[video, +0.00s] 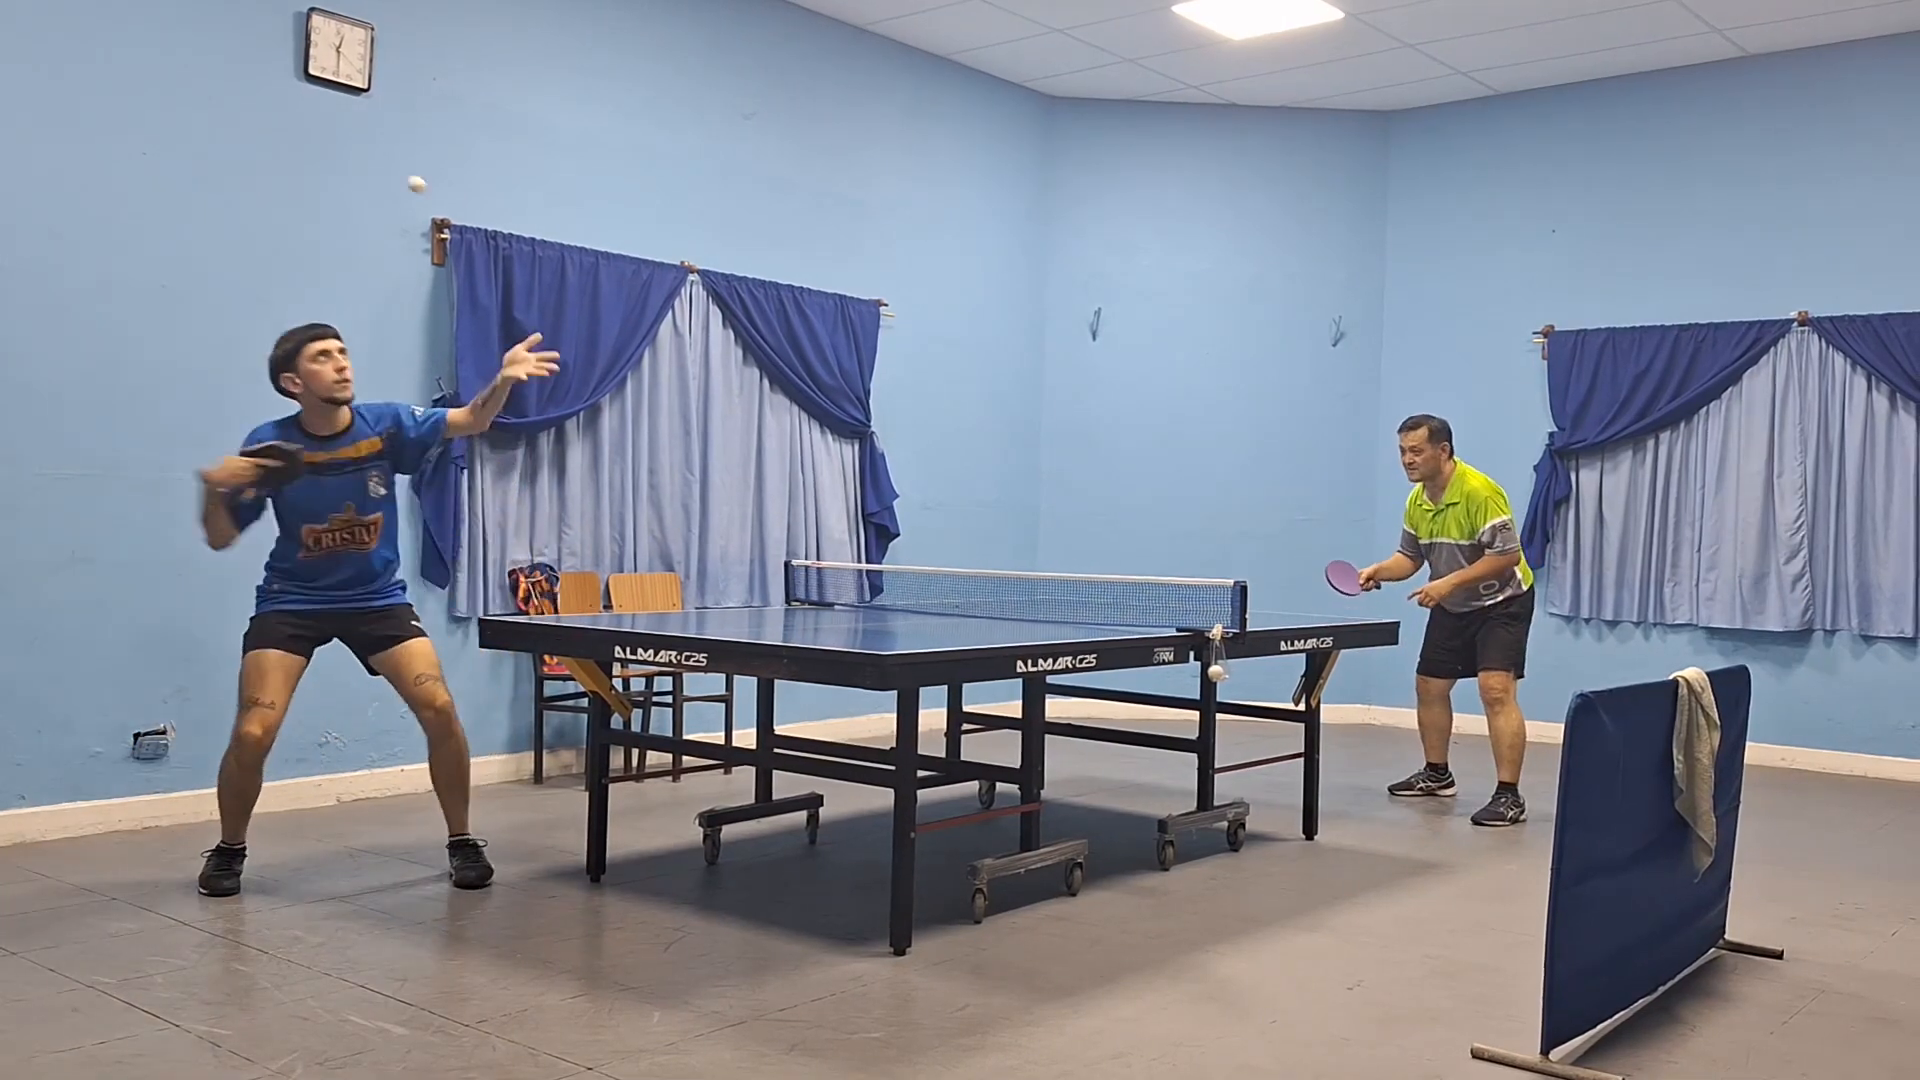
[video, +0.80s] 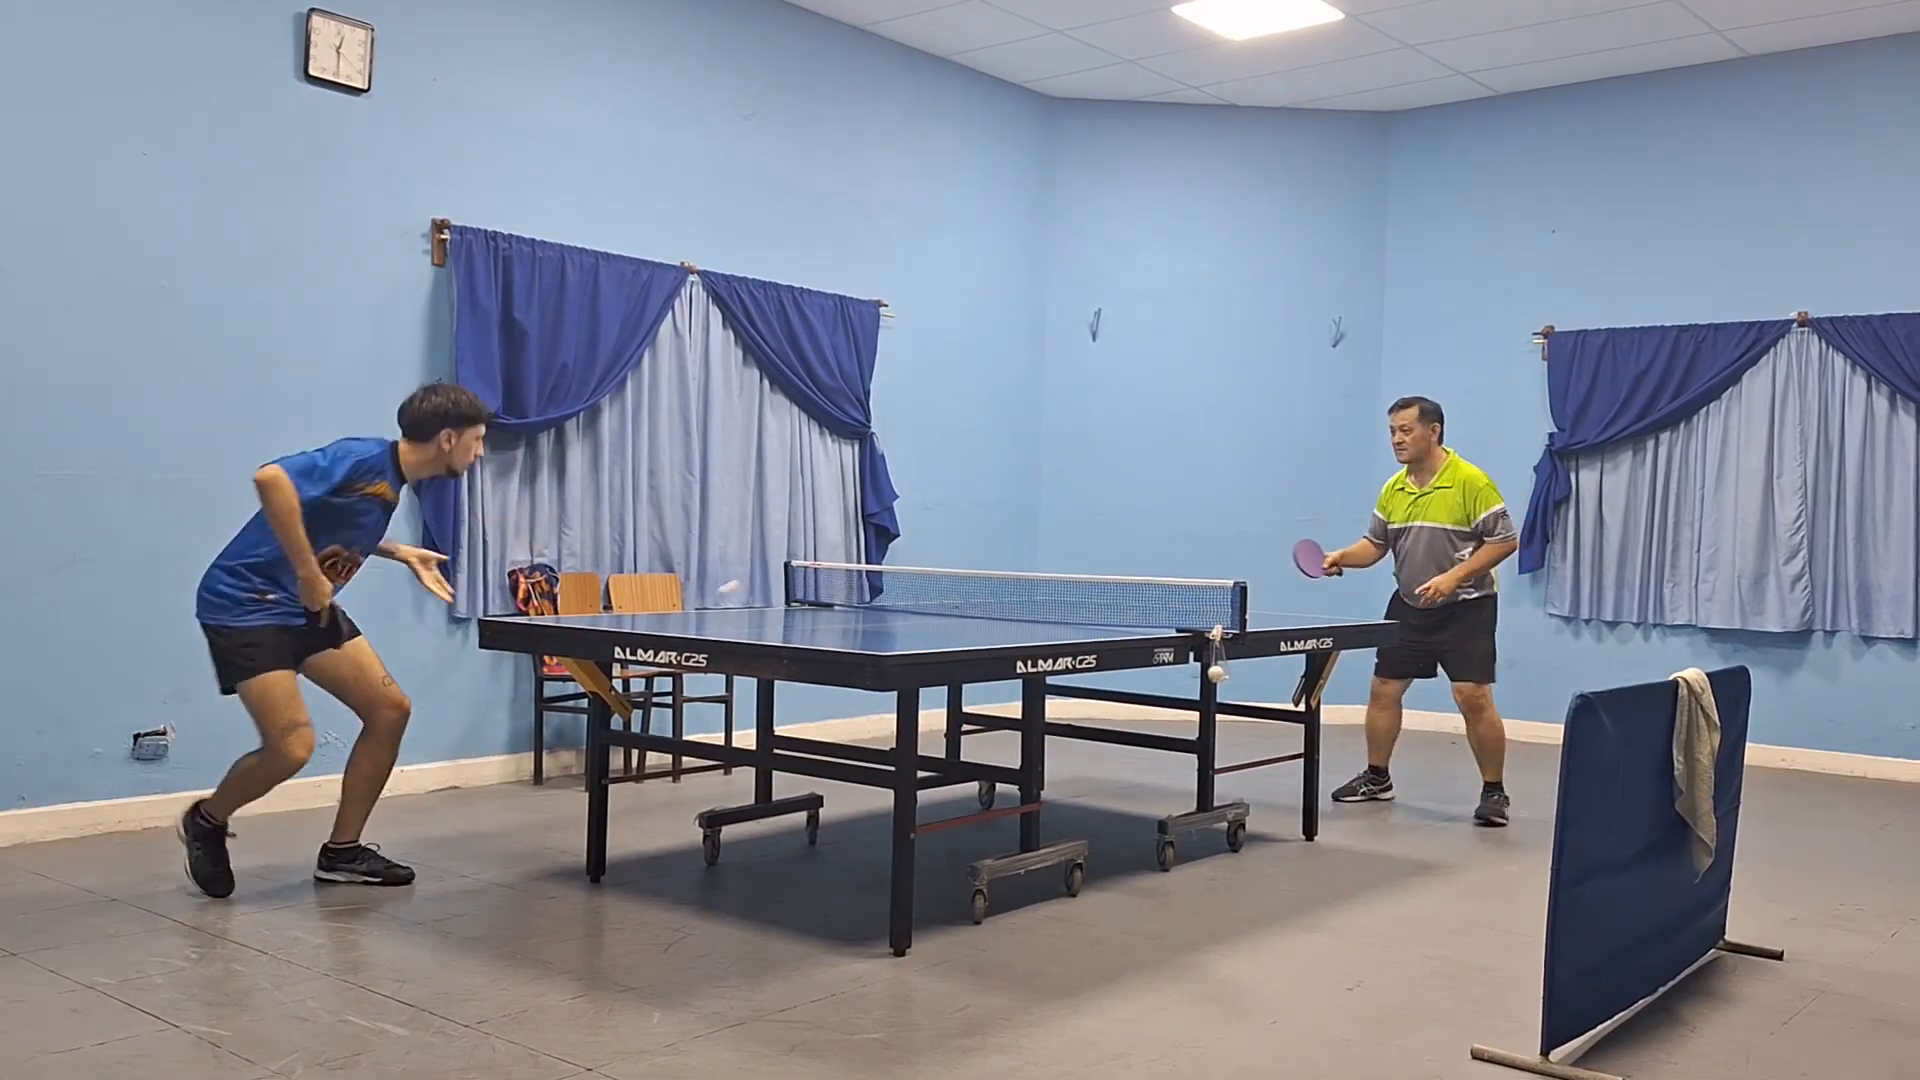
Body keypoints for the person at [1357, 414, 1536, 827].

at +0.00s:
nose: (1407, 459)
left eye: (1416, 451)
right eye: (1403, 451)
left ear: (1444, 451)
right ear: (1401, 453)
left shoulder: (1480, 492)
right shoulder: (1418, 499)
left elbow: (1506, 555)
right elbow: (1410, 558)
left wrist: (1447, 583)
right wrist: (1380, 571)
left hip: (1502, 602)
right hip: (1452, 606)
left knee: (1495, 689)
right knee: (1430, 685)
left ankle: (1508, 795)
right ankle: (1437, 773)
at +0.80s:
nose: (1397, 439)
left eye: (1405, 430)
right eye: (1393, 432)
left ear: (1433, 431)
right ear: (1392, 436)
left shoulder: (1470, 481)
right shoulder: (1394, 488)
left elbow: (1505, 539)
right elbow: (1375, 544)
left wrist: (1454, 577)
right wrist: (1343, 557)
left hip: (1466, 609)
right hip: (1409, 608)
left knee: (1472, 696)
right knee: (1384, 688)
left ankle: (1493, 792)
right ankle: (1376, 777)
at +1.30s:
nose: (1282, 463)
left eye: (1288, 453)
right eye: (1280, 455)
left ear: (1317, 451)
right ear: (1298, 456)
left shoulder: (1367, 489)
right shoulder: (1292, 514)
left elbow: (1416, 540)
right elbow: (1256, 562)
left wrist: (1398, 595)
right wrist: (1195, 562)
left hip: (1389, 615)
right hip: (1328, 621)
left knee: (1430, 703)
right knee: (1288, 686)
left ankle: (1481, 791)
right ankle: (1276, 784)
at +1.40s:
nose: (1255, 468)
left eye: (1261, 459)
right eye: (1253, 461)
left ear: (1290, 456)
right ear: (1275, 462)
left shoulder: (1344, 491)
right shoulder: (1267, 520)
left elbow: (1401, 532)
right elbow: (1229, 565)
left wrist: (1392, 592)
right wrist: (1169, 568)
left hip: (1374, 616)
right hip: (1314, 623)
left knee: (1422, 701)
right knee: (1277, 689)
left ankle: (1470, 787)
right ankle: (1276, 783)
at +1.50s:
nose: (1240, 472)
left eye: (1247, 463)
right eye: (1237, 465)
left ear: (1276, 460)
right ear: (1255, 469)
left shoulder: (1331, 492)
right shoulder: (1250, 525)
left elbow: (1391, 528)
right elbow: (1211, 566)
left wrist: (1388, 588)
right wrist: (1147, 572)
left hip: (1368, 614)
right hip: (1308, 624)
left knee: (1415, 697)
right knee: (1272, 688)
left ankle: (1466, 787)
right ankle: (1274, 785)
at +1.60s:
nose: (1235, 475)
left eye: (1241, 465)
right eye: (1231, 468)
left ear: (1271, 462)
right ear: (1241, 473)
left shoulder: (1325, 493)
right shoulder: (1242, 527)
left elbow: (1384, 525)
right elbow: (1201, 567)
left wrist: (1384, 587)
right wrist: (1139, 571)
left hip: (1364, 613)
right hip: (1304, 625)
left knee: (1415, 697)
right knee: (1269, 689)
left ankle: (1464, 785)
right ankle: (1273, 785)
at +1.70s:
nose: (1237, 474)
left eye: (1244, 464)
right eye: (1233, 466)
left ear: (1274, 461)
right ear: (1239, 471)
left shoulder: (1328, 493)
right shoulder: (1245, 525)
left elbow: (1384, 525)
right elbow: (1211, 567)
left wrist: (1381, 587)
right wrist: (1156, 571)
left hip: (1362, 614)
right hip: (1301, 625)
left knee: (1415, 695)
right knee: (1268, 686)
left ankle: (1465, 782)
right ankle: (1273, 784)